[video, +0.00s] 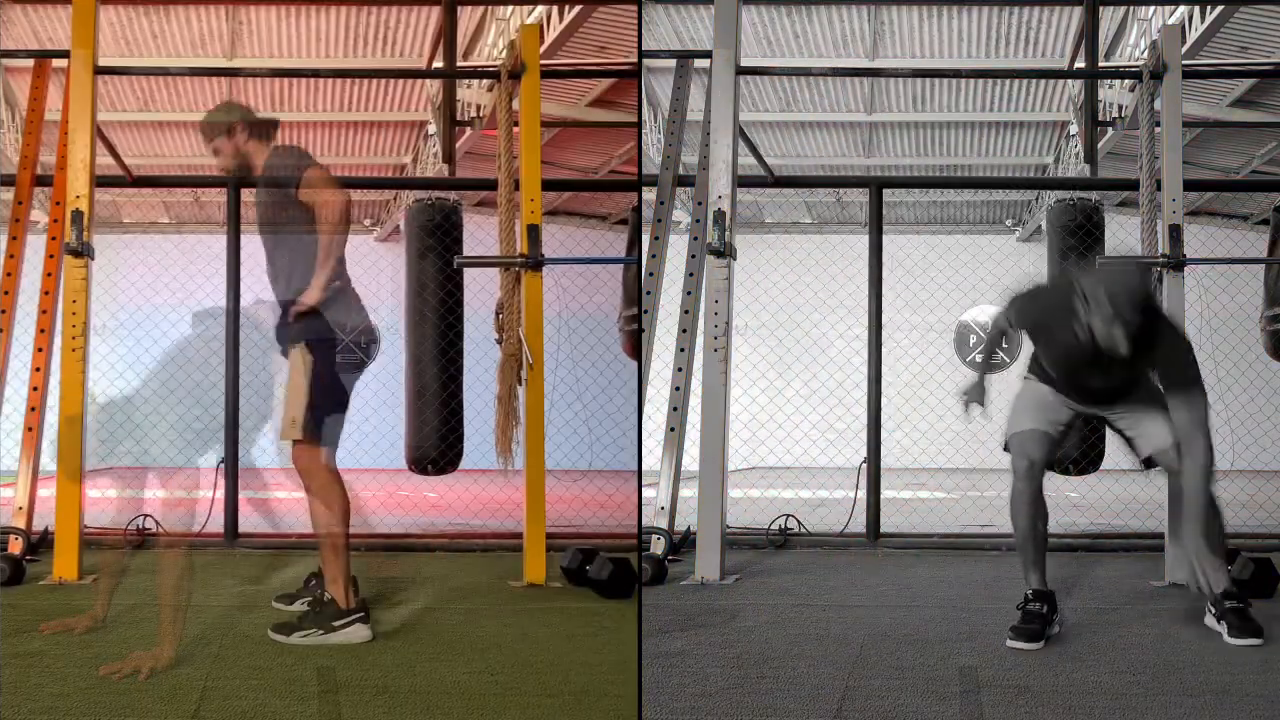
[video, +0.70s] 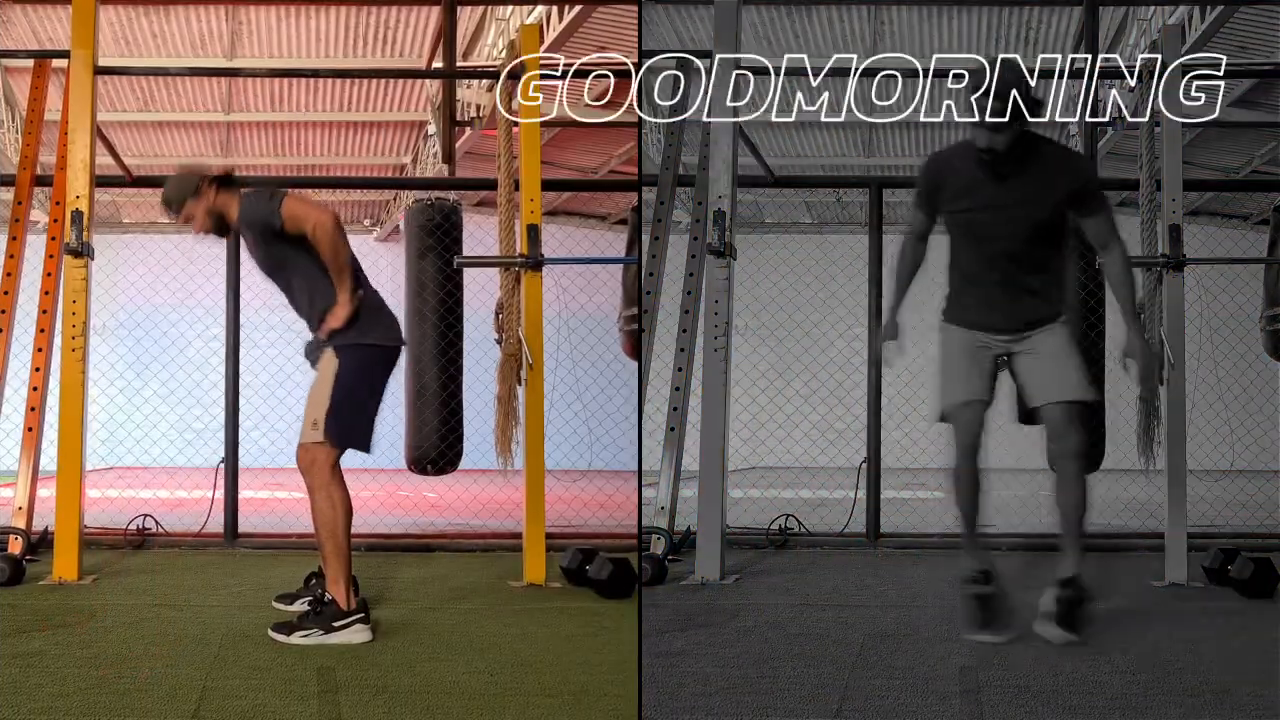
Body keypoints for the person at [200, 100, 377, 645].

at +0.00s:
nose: (216, 159)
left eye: (216, 148)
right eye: (212, 150)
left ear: (239, 134)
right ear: (240, 134)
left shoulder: (284, 160)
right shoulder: (274, 172)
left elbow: (334, 202)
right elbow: (328, 213)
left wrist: (317, 284)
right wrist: (299, 300)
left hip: (325, 332)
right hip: (314, 330)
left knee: (308, 454)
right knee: (310, 456)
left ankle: (342, 605)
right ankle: (333, 580)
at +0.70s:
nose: (193, 227)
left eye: (188, 215)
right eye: (185, 220)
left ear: (206, 191)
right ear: (207, 192)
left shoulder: (253, 206)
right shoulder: (250, 216)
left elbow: (323, 220)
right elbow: (320, 225)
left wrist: (344, 298)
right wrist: (330, 310)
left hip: (356, 339)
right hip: (349, 340)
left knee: (316, 458)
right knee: (317, 458)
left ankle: (342, 606)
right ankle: (337, 580)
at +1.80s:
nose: (228, 142)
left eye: (232, 131)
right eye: (227, 132)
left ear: (258, 124)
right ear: (262, 124)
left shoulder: (295, 158)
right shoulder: (287, 167)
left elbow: (339, 210)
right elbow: (333, 222)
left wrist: (313, 288)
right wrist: (306, 293)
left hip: (321, 339)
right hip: (317, 339)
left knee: (312, 460)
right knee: (313, 460)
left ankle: (342, 604)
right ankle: (333, 579)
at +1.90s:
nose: (244, 137)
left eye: (248, 126)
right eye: (242, 128)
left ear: (274, 119)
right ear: (275, 120)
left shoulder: (307, 159)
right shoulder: (296, 169)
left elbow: (341, 214)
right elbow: (329, 233)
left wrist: (306, 291)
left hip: (311, 340)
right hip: (309, 339)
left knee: (310, 464)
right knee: (313, 464)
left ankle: (341, 603)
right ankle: (333, 582)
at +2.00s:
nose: (252, 137)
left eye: (256, 125)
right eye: (251, 128)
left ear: (283, 119)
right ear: (284, 121)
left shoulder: (314, 160)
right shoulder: (303, 170)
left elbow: (342, 218)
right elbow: (329, 243)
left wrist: (303, 290)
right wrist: (322, 312)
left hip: (307, 340)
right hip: (304, 339)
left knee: (311, 464)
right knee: (312, 463)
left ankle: (341, 602)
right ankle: (333, 581)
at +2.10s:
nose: (255, 136)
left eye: (259, 125)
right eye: (254, 127)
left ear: (286, 120)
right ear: (286, 121)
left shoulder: (316, 161)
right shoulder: (304, 171)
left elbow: (342, 220)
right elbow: (333, 247)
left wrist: (301, 290)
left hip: (306, 340)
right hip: (303, 339)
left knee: (311, 466)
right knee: (311, 465)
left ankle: (341, 602)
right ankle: (334, 581)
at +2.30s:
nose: (232, 141)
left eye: (236, 130)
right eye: (230, 132)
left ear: (262, 126)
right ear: (263, 126)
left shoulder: (299, 161)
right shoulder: (292, 171)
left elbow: (338, 209)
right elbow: (332, 226)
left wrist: (316, 288)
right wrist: (310, 295)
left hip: (323, 339)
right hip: (320, 339)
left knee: (310, 460)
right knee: (311, 459)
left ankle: (342, 604)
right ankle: (332, 579)